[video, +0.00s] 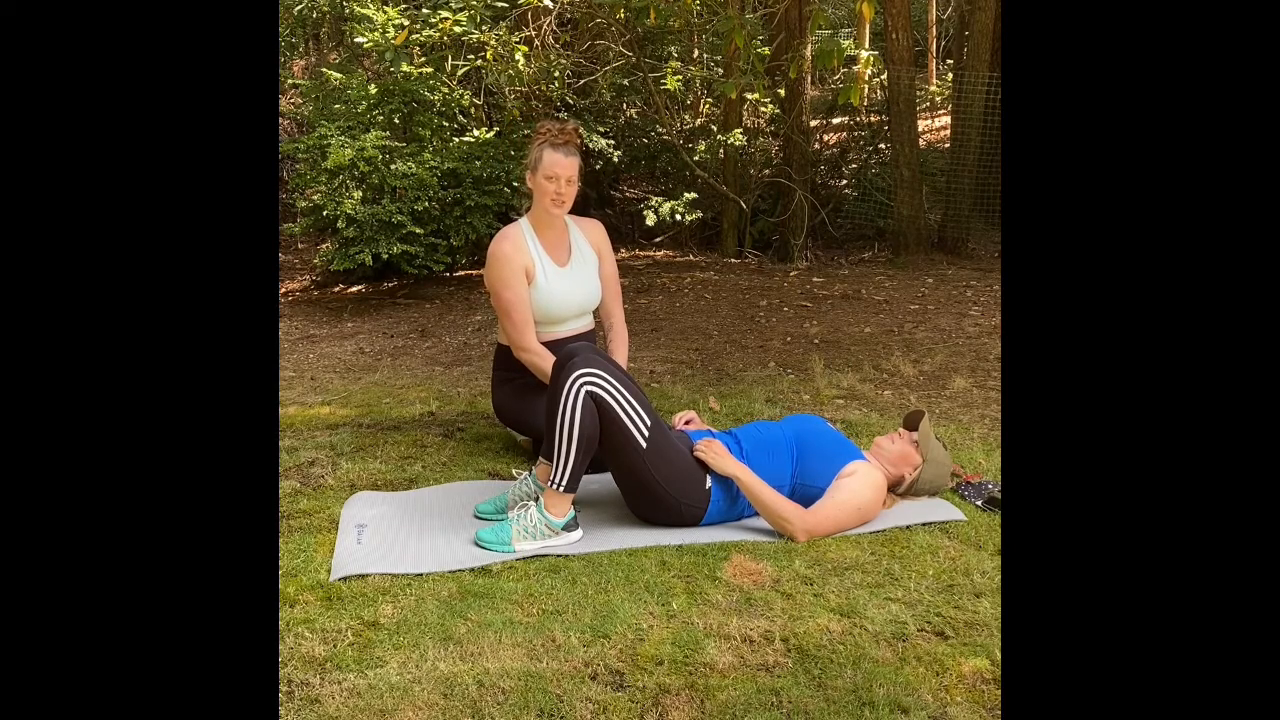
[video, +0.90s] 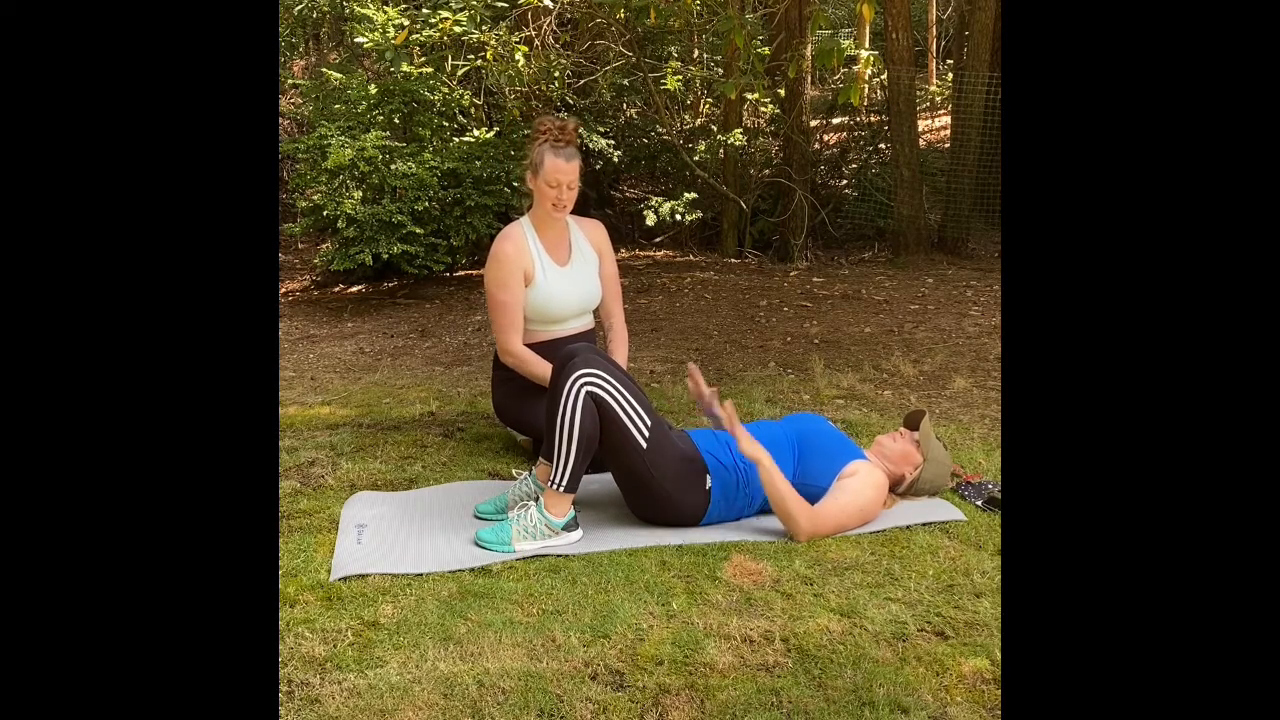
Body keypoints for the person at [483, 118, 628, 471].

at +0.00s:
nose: (562, 191)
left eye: (570, 181)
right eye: (551, 179)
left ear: (579, 183)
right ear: (530, 179)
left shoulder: (592, 233)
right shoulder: (508, 247)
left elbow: (614, 322)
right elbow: (524, 347)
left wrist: (613, 385)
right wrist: (588, 396)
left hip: (584, 367)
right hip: (524, 379)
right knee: (602, 446)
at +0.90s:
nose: (563, 196)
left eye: (571, 186)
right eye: (553, 185)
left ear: (580, 184)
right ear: (531, 181)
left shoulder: (593, 233)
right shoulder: (510, 246)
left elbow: (614, 322)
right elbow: (509, 350)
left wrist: (613, 382)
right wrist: (575, 389)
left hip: (585, 370)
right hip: (524, 381)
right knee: (606, 447)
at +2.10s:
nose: (550, 191)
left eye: (558, 180)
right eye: (539, 181)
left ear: (568, 178)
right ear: (522, 181)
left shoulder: (591, 233)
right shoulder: (508, 243)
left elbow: (614, 319)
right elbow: (494, 326)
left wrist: (615, 362)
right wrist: (487, 340)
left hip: (588, 364)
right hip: (525, 374)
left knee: (639, 434)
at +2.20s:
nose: (550, 190)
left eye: (558, 180)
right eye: (540, 181)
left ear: (568, 178)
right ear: (522, 180)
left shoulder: (589, 234)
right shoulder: (507, 243)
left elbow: (615, 324)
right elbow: (493, 330)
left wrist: (614, 369)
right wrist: (487, 339)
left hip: (587, 364)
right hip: (524, 373)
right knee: (606, 444)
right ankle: (537, 446)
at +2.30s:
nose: (551, 190)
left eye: (559, 179)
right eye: (540, 180)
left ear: (568, 178)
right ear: (522, 180)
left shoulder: (588, 233)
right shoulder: (506, 243)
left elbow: (613, 322)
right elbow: (491, 333)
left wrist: (615, 368)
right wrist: (507, 341)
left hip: (586, 364)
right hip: (525, 374)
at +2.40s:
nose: (553, 189)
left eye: (560, 178)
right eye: (542, 179)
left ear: (568, 177)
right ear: (521, 179)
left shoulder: (586, 233)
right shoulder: (505, 243)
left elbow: (612, 319)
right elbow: (495, 340)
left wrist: (615, 358)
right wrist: (516, 340)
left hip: (586, 363)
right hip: (525, 374)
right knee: (603, 447)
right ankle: (536, 441)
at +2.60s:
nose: (554, 184)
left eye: (561, 174)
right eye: (542, 174)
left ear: (568, 176)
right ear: (520, 177)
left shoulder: (585, 231)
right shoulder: (504, 243)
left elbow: (608, 306)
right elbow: (497, 345)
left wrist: (621, 346)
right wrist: (524, 322)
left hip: (586, 365)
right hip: (524, 375)